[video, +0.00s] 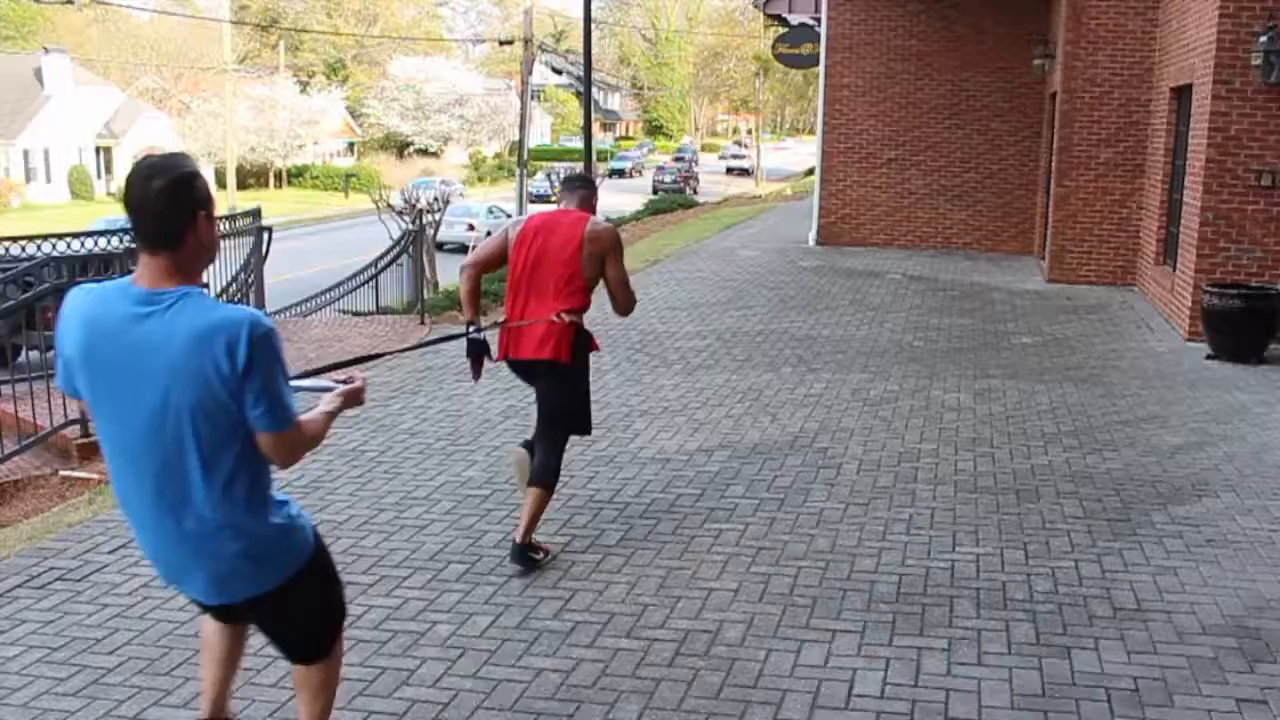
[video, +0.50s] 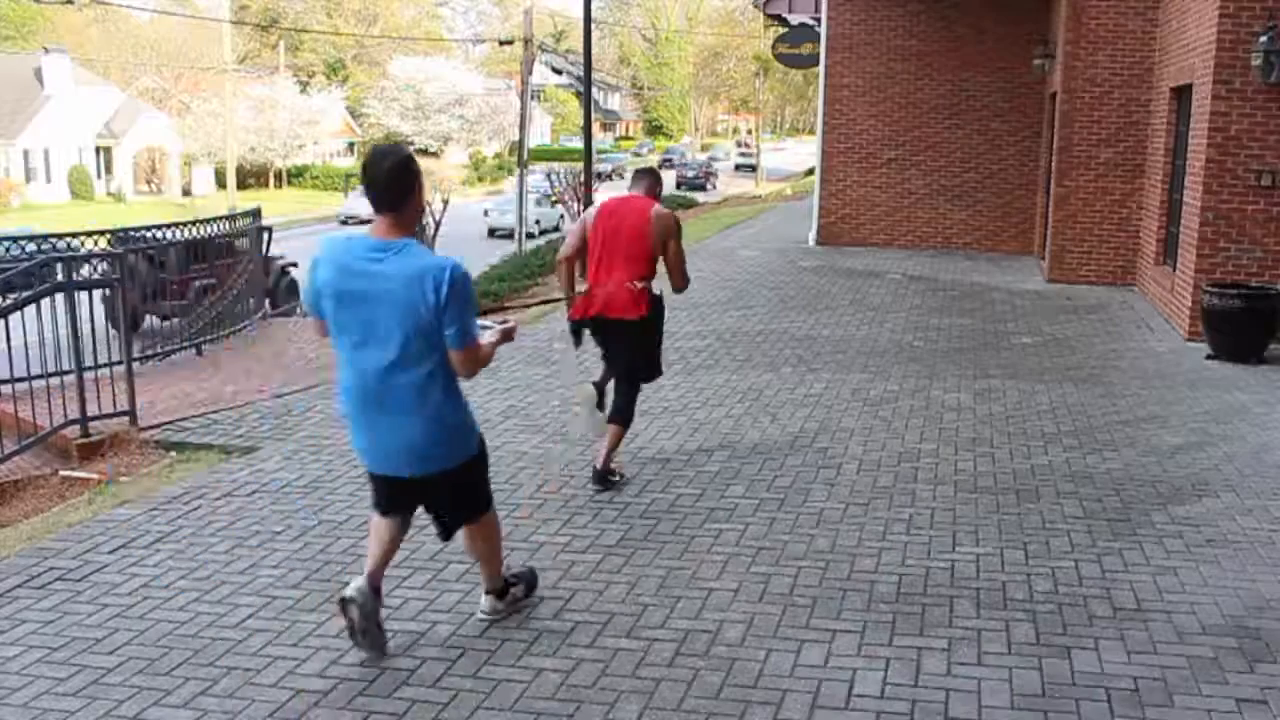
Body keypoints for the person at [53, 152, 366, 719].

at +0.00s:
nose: (219, 226)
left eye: (216, 214)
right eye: (215, 215)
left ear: (137, 223)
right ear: (201, 224)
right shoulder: (239, 331)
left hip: (164, 543)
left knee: (224, 603)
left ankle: (211, 711)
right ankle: (312, 716)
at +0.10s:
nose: (257, 217)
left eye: (253, 206)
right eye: (253, 206)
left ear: (181, 217)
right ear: (242, 217)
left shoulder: (131, 301)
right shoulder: (282, 313)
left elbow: (139, 389)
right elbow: (325, 427)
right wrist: (369, 395)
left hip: (209, 525)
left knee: (274, 598)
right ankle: (320, 712)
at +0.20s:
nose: (295, 212)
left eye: (291, 203)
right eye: (292, 203)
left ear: (226, 213)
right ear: (285, 211)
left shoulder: (179, 292)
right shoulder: (322, 302)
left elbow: (186, 367)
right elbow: (363, 406)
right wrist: (411, 378)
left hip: (255, 501)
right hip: (329, 496)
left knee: (309, 584)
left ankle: (348, 675)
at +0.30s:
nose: (335, 214)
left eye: (331, 204)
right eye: (332, 204)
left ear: (271, 214)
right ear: (323, 211)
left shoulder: (229, 287)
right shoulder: (356, 297)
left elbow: (233, 359)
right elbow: (394, 397)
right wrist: (442, 372)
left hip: (291, 477)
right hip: (365, 472)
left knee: (339, 555)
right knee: (432, 522)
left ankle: (344, 654)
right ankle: (403, 631)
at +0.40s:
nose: (379, 199)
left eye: (375, 191)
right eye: (376, 191)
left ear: (320, 203)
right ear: (368, 198)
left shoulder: (280, 270)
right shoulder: (395, 282)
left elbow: (284, 336)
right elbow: (426, 378)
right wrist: (470, 357)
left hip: (330, 458)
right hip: (400, 454)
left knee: (360, 544)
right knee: (455, 510)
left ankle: (347, 646)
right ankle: (470, 598)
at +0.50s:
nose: (426, 194)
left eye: (422, 186)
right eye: (423, 186)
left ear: (368, 198)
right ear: (417, 195)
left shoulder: (331, 257)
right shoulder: (442, 273)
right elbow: (465, 364)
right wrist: (495, 341)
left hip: (372, 433)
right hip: (439, 433)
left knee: (391, 505)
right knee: (475, 507)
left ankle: (367, 585)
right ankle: (496, 589)